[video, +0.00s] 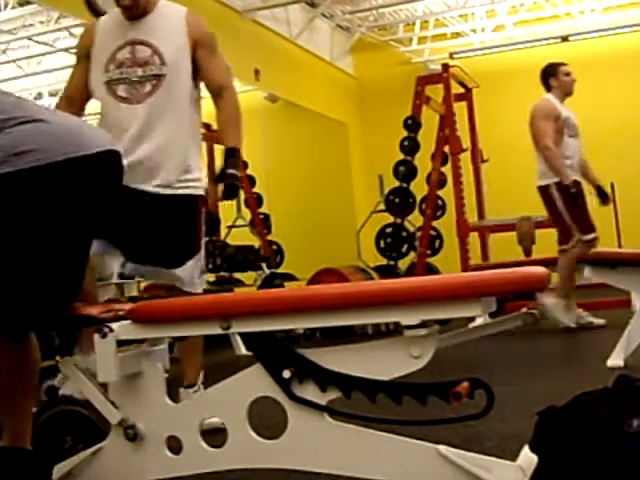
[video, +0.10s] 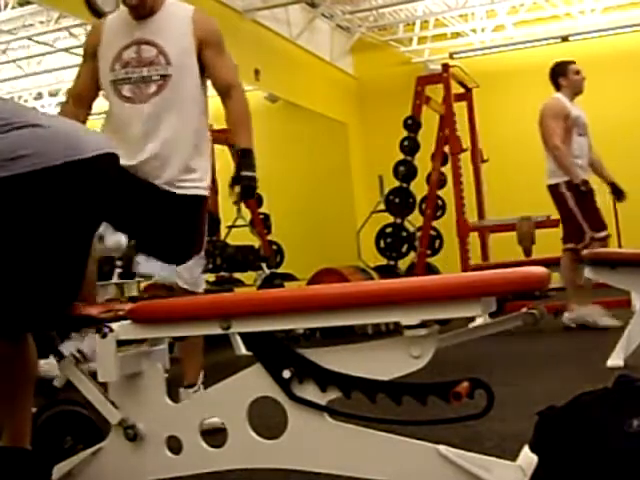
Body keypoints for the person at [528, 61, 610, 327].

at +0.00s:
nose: (573, 79)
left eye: (571, 74)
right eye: (567, 75)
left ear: (561, 80)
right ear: (552, 81)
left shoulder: (564, 112)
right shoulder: (545, 107)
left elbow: (576, 155)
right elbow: (546, 146)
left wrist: (597, 184)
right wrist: (565, 178)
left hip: (569, 182)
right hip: (555, 182)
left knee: (569, 245)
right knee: (585, 238)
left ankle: (570, 307)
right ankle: (554, 295)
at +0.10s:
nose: (582, 77)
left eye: (581, 73)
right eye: (576, 73)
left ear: (570, 80)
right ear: (561, 80)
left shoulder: (574, 110)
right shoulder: (554, 106)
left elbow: (588, 154)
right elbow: (554, 145)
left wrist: (611, 182)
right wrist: (576, 176)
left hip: (575, 181)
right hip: (565, 181)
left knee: (572, 245)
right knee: (597, 237)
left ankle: (573, 306)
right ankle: (583, 302)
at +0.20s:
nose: (597, 76)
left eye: (595, 71)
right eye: (591, 72)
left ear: (586, 78)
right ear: (576, 79)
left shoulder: (589, 109)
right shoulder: (570, 105)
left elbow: (603, 150)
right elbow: (571, 149)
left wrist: (629, 178)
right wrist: (596, 181)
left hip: (589, 184)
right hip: (578, 185)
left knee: (578, 248)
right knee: (609, 246)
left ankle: (572, 307)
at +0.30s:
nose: (607, 75)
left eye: (606, 70)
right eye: (601, 72)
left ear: (596, 78)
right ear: (587, 78)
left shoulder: (600, 108)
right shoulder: (580, 106)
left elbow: (614, 151)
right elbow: (583, 151)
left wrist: (636, 174)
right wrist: (607, 182)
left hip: (600, 184)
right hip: (590, 186)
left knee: (587, 247)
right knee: (622, 245)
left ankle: (573, 306)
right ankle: (634, 302)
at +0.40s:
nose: (621, 70)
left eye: (619, 66)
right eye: (615, 67)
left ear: (606, 75)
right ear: (601, 75)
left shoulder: (613, 103)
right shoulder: (595, 103)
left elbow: (625, 145)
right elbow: (601, 148)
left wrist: (636, 167)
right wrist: (622, 178)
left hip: (623, 177)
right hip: (610, 179)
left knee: (616, 240)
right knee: (625, 240)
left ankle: (581, 299)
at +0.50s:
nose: (629, 67)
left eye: (627, 62)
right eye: (622, 64)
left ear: (611, 74)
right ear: (608, 74)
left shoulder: (619, 98)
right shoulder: (605, 99)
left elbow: (624, 141)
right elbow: (613, 145)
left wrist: (634, 168)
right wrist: (634, 172)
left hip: (628, 172)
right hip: (618, 174)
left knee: (635, 234)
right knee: (630, 235)